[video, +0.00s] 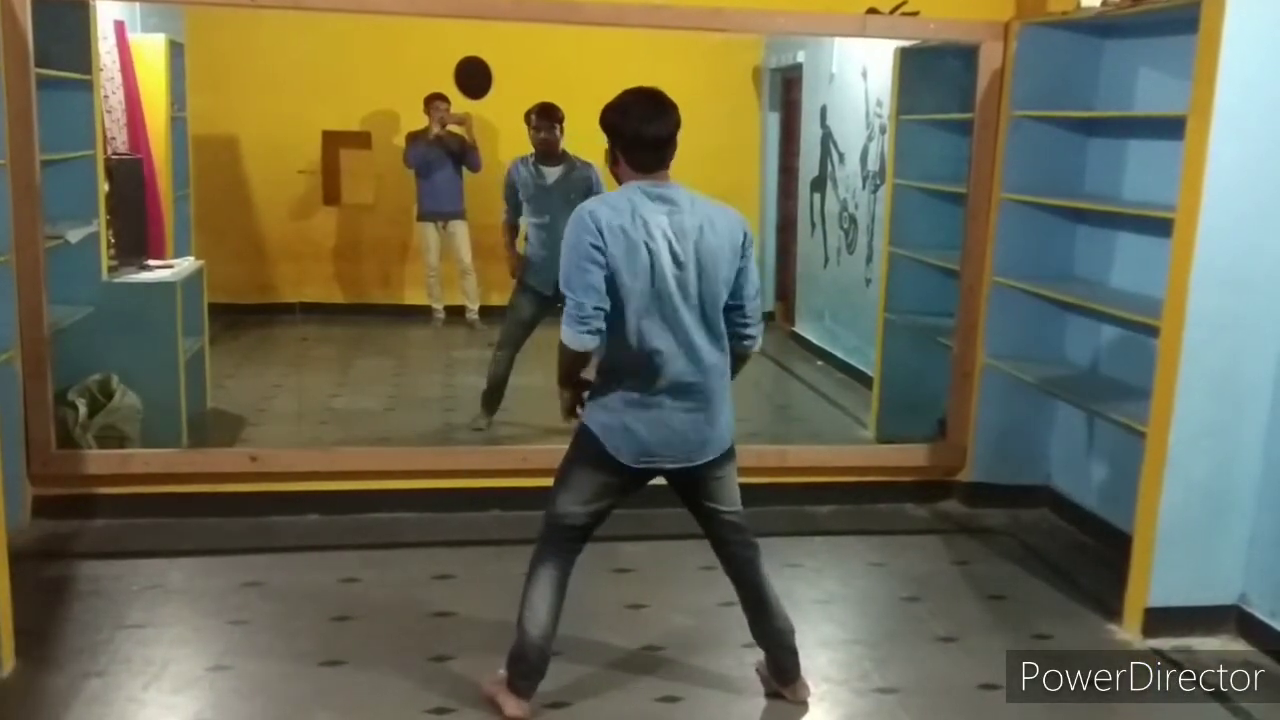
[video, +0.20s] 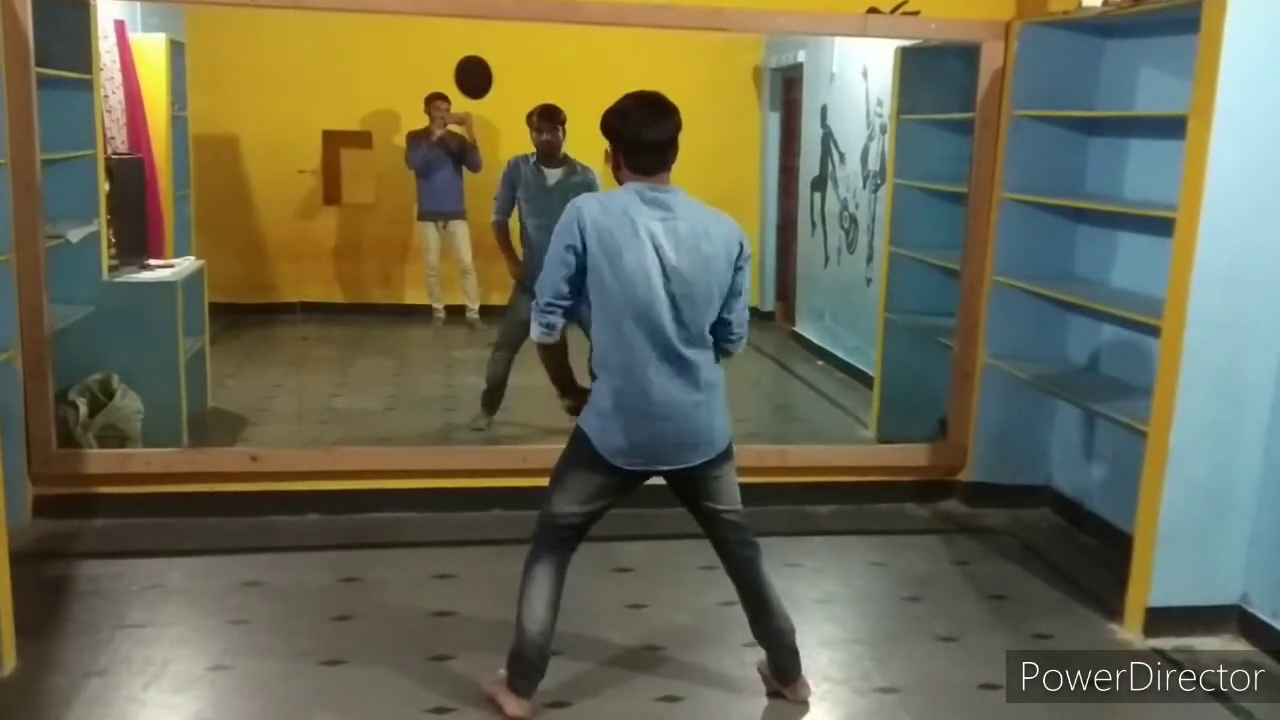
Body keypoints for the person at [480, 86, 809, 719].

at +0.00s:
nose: (607, 153)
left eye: (608, 145)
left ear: (612, 152)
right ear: (675, 148)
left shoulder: (594, 219)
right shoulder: (727, 225)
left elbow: (582, 336)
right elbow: (744, 340)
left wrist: (570, 381)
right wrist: (701, 382)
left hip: (621, 426)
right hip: (705, 426)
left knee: (557, 547)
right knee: (742, 553)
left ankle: (519, 688)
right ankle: (788, 678)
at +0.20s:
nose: (608, 156)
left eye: (609, 147)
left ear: (614, 154)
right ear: (676, 151)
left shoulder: (587, 215)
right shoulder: (724, 231)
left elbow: (546, 322)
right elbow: (729, 337)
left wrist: (569, 391)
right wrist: (670, 348)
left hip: (616, 424)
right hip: (700, 425)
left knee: (552, 546)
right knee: (742, 552)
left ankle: (519, 688)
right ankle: (789, 678)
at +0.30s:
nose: (598, 158)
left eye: (600, 150)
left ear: (606, 158)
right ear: (669, 154)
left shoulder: (578, 216)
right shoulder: (710, 224)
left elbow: (541, 319)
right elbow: (743, 300)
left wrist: (567, 396)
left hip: (610, 423)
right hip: (693, 424)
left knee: (546, 544)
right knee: (741, 551)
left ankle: (519, 688)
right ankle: (790, 679)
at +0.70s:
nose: (579, 154)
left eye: (580, 146)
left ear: (589, 152)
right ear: (649, 143)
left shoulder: (570, 216)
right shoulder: (694, 196)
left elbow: (558, 334)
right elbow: (722, 253)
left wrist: (567, 404)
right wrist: (653, 202)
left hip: (613, 416)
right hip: (694, 413)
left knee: (550, 542)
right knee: (739, 543)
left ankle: (520, 686)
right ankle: (782, 679)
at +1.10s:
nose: (581, 149)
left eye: (584, 141)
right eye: (585, 141)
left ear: (595, 148)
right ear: (654, 145)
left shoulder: (578, 218)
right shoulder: (684, 199)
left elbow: (562, 333)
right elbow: (638, 196)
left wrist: (561, 396)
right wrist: (586, 185)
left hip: (610, 417)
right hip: (687, 411)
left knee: (545, 543)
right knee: (735, 538)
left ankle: (520, 688)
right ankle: (788, 679)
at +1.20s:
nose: (588, 154)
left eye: (590, 145)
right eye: (592, 145)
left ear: (598, 153)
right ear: (657, 150)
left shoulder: (581, 221)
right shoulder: (679, 209)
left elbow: (557, 338)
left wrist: (565, 405)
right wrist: (539, 216)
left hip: (617, 416)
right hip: (691, 411)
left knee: (546, 538)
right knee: (737, 543)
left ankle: (520, 687)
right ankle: (789, 683)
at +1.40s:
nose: (552, 149)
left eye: (554, 140)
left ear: (560, 146)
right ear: (620, 141)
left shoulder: (544, 208)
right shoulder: (648, 200)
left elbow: (532, 326)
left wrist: (537, 400)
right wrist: (472, 254)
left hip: (593, 416)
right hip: (669, 407)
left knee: (523, 540)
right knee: (728, 522)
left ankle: (517, 693)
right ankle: (789, 648)